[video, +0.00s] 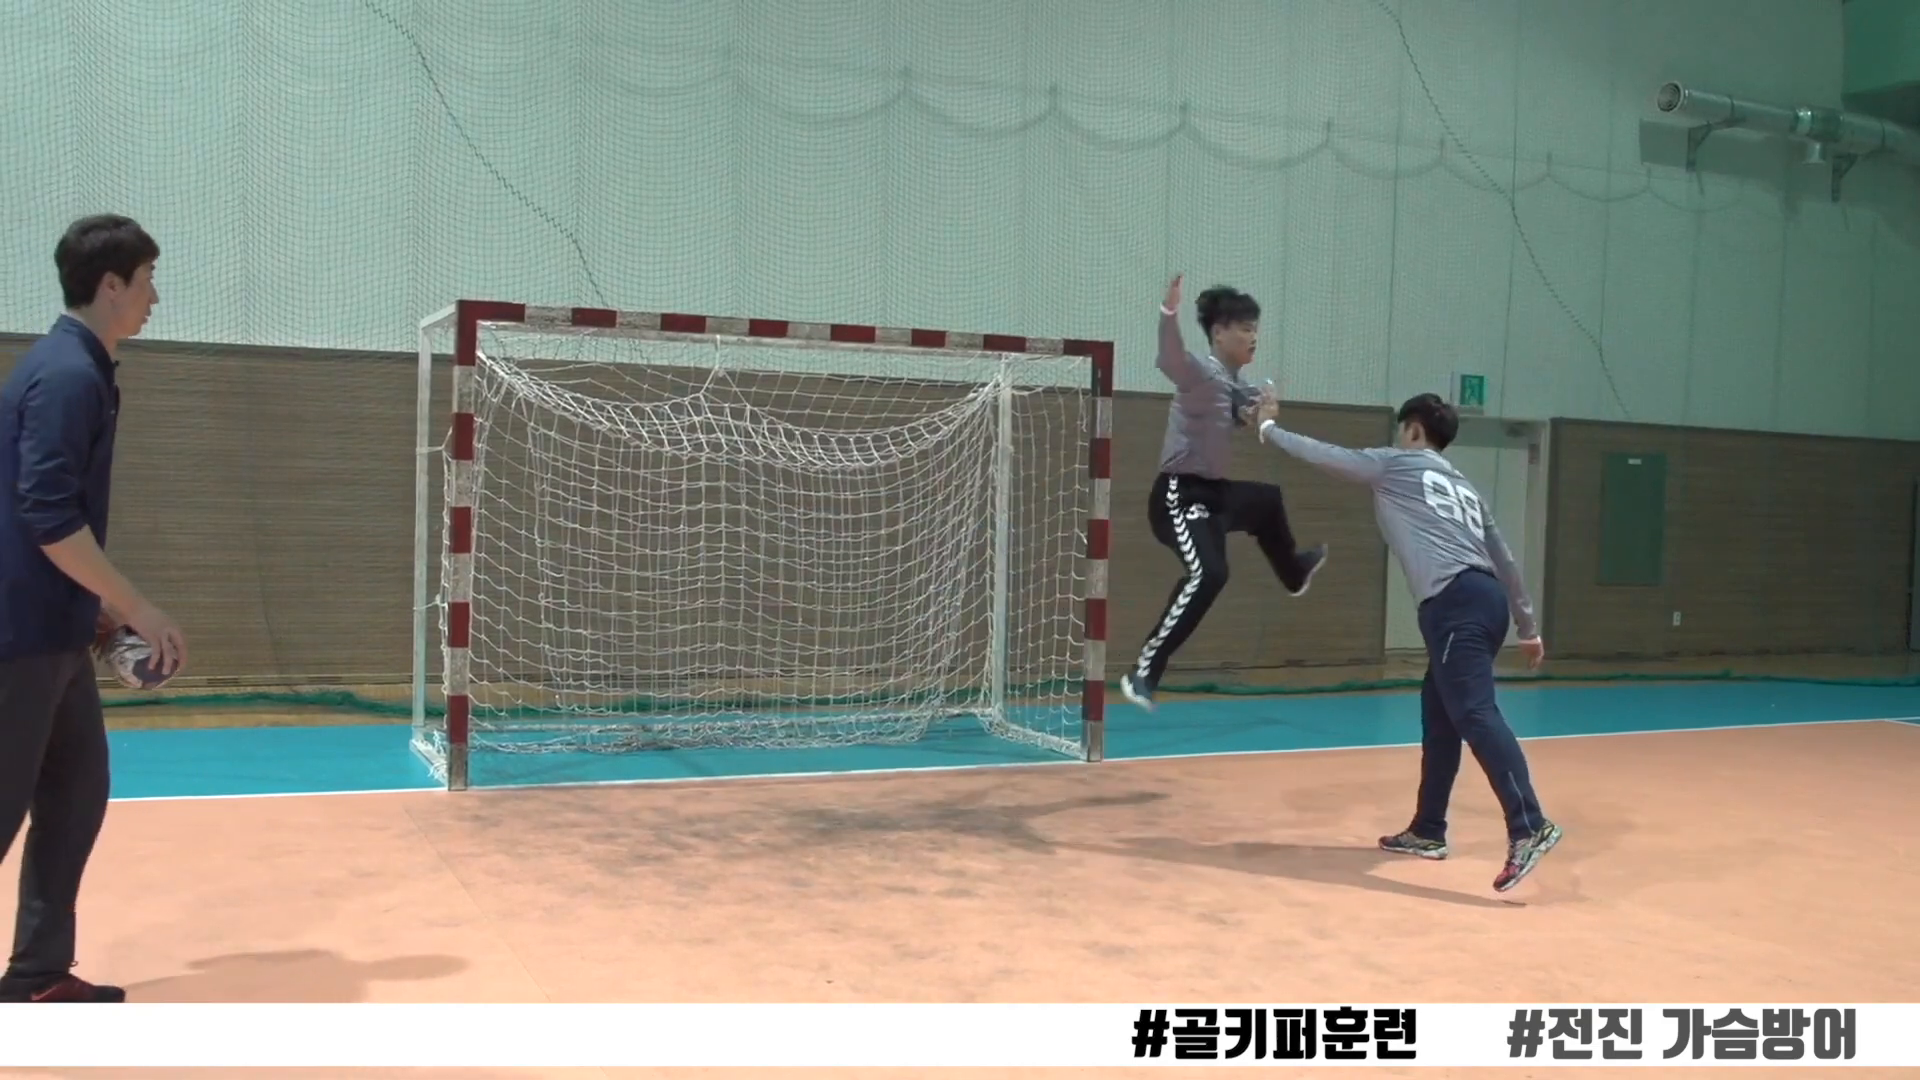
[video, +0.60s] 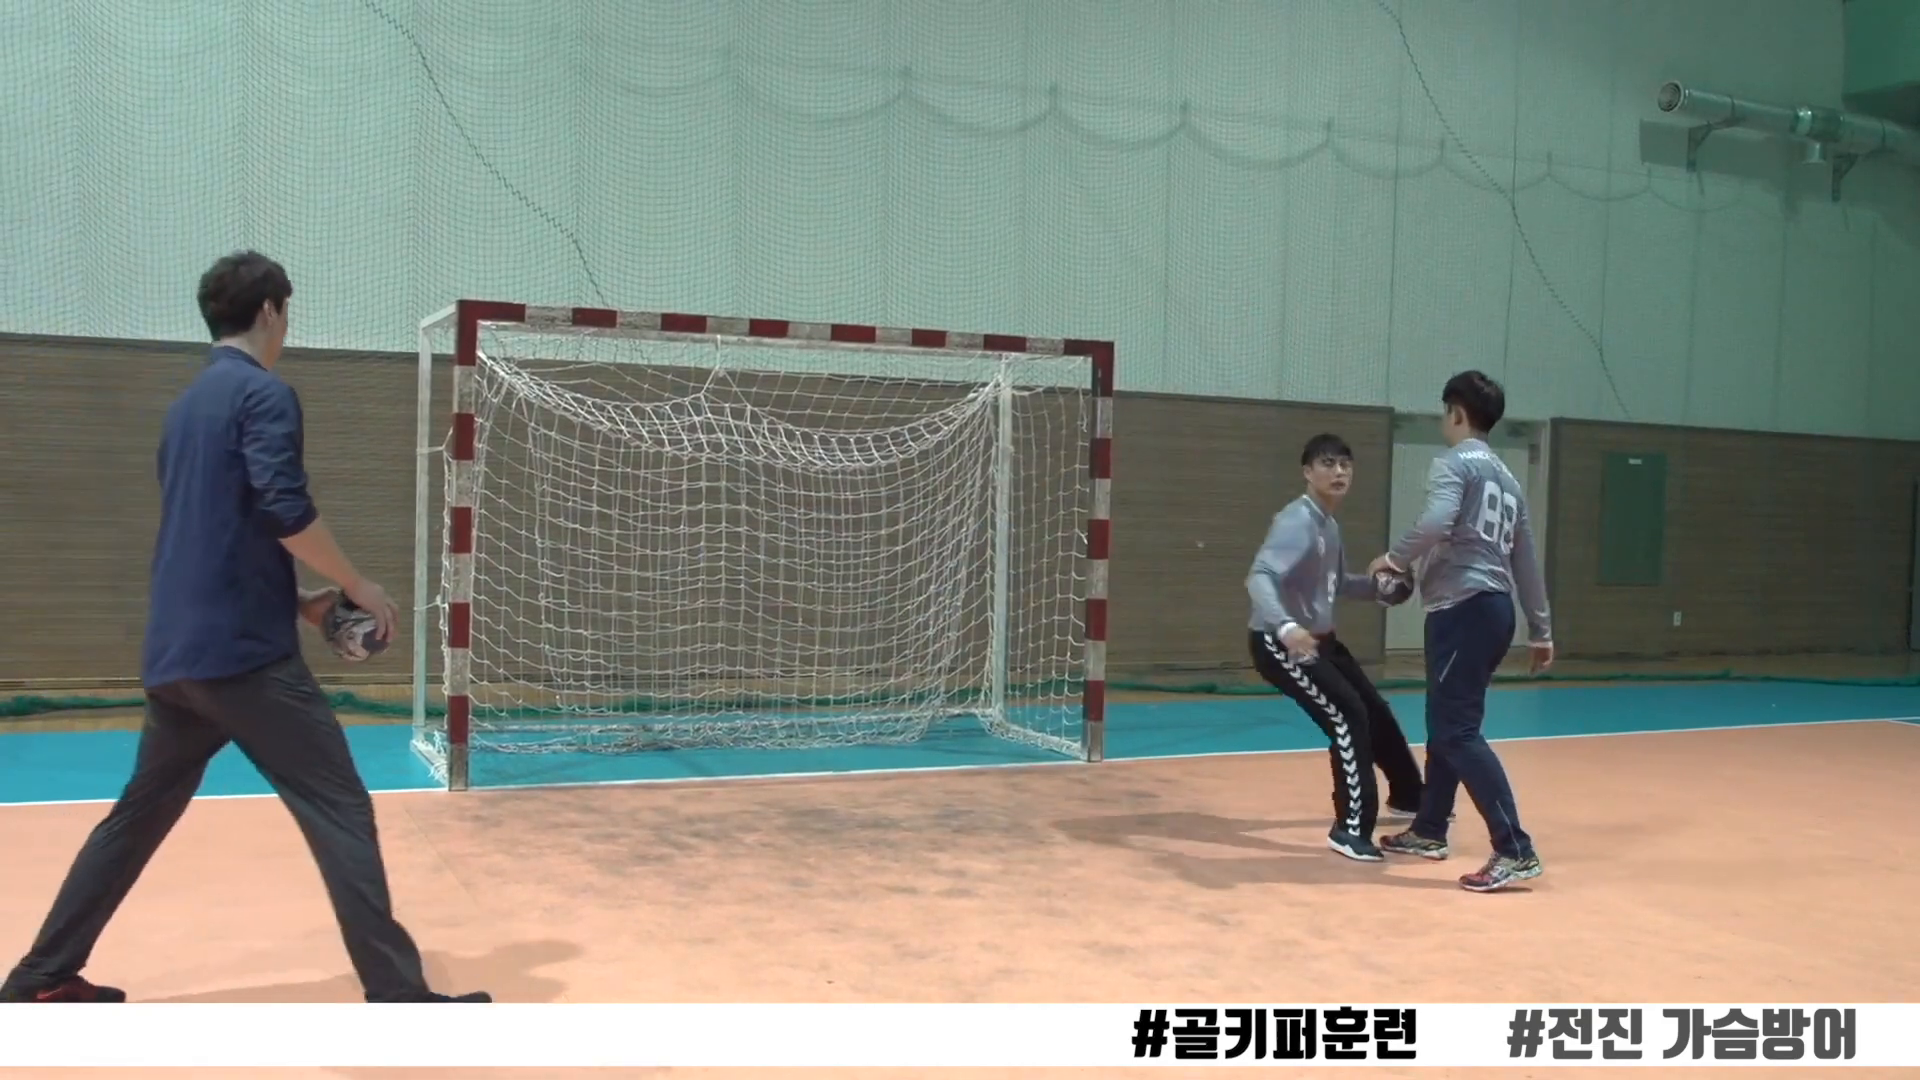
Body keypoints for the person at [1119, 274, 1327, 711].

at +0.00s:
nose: (1253, 338)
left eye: (1255, 329)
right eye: (1245, 328)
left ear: (1249, 335)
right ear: (1217, 333)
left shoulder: (1234, 384)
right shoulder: (1199, 372)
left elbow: (1238, 416)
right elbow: (1172, 360)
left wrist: (1260, 408)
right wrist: (1169, 317)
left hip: (1214, 494)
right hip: (1179, 495)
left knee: (1267, 500)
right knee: (1208, 573)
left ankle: (1293, 573)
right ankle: (1143, 674)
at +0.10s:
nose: (1288, 348)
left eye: (1290, 340)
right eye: (1280, 339)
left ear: (1284, 344)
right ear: (1252, 340)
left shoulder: (1276, 390)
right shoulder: (1237, 380)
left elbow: (1279, 440)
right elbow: (1226, 351)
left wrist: (1317, 440)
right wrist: (1234, 306)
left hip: (1250, 497)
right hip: (1208, 498)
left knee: (1306, 512)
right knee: (1246, 549)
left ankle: (1356, 579)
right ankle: (1216, 658)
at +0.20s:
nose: (1309, 364)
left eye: (1312, 356)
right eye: (1301, 355)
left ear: (1309, 362)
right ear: (1277, 356)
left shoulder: (1302, 410)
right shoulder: (1255, 400)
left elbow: (1309, 470)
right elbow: (1261, 372)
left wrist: (1345, 487)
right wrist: (1293, 321)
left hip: (1290, 524)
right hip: (1251, 522)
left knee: (1346, 576)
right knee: (1289, 588)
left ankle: (1383, 656)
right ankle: (1266, 702)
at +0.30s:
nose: (1324, 404)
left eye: (1326, 397)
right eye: (1314, 397)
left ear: (1325, 401)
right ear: (1291, 399)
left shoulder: (1320, 444)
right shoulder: (1278, 440)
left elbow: (1328, 498)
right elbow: (1280, 451)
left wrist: (1361, 526)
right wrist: (1321, 398)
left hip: (1329, 564)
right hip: (1293, 566)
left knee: (1372, 651)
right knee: (1335, 650)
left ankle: (1405, 741)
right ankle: (1318, 763)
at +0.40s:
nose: (1354, 462)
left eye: (1354, 454)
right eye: (1343, 455)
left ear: (1352, 461)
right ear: (1317, 464)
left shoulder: (1350, 514)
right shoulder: (1310, 512)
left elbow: (1352, 581)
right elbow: (1311, 554)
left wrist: (1397, 604)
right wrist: (1345, 498)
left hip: (1353, 629)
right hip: (1318, 634)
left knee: (1411, 706)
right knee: (1379, 716)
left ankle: (1409, 800)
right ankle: (1355, 827)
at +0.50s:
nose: (1365, 496)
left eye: (1368, 489)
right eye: (1353, 489)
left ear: (1374, 496)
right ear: (1329, 499)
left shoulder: (1349, 550)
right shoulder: (1321, 545)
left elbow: (1356, 620)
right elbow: (1313, 596)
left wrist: (1407, 635)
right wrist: (1358, 587)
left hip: (1345, 659)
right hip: (1308, 662)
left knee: (1418, 707)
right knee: (1385, 721)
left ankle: (1408, 803)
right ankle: (1355, 828)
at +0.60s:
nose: (1338, 472)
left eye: (1345, 465)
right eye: (1327, 464)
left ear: (1351, 473)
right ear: (1307, 472)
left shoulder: (1329, 524)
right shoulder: (1297, 520)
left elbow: (1333, 583)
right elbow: (1258, 578)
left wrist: (1378, 585)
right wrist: (1285, 627)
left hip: (1320, 639)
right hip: (1282, 644)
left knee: (1376, 711)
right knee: (1349, 714)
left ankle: (1409, 796)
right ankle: (1351, 829)